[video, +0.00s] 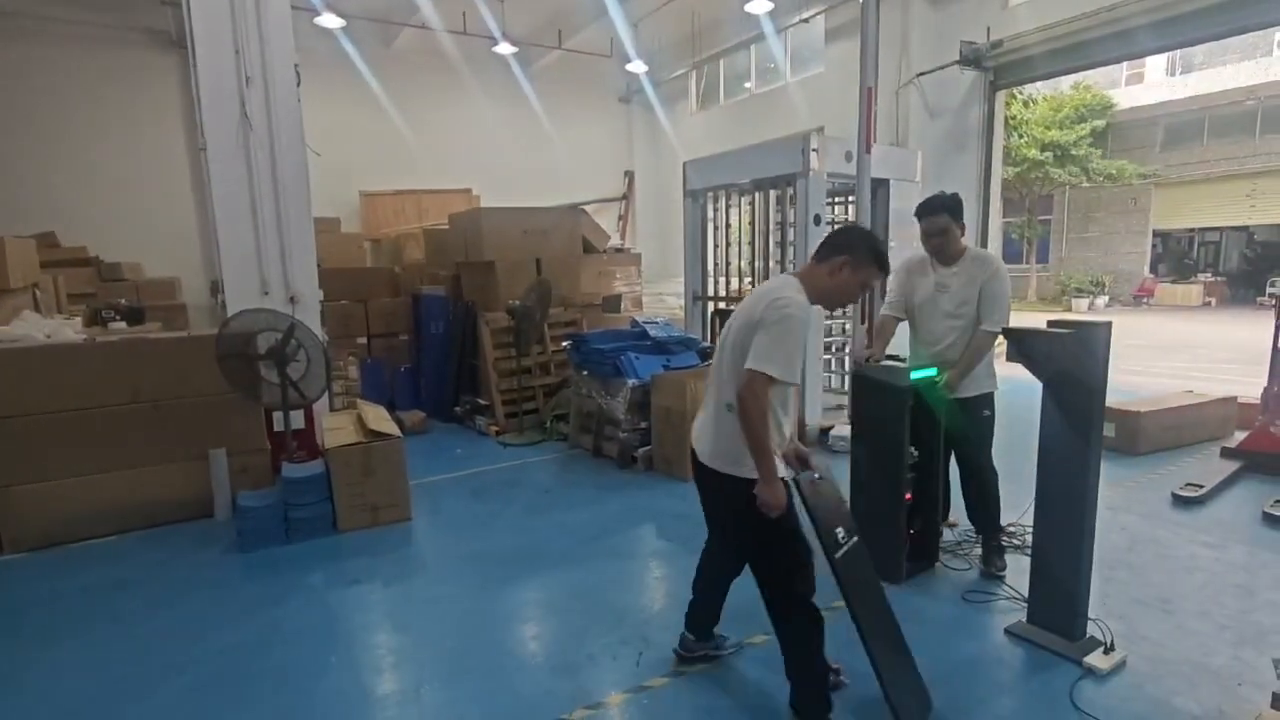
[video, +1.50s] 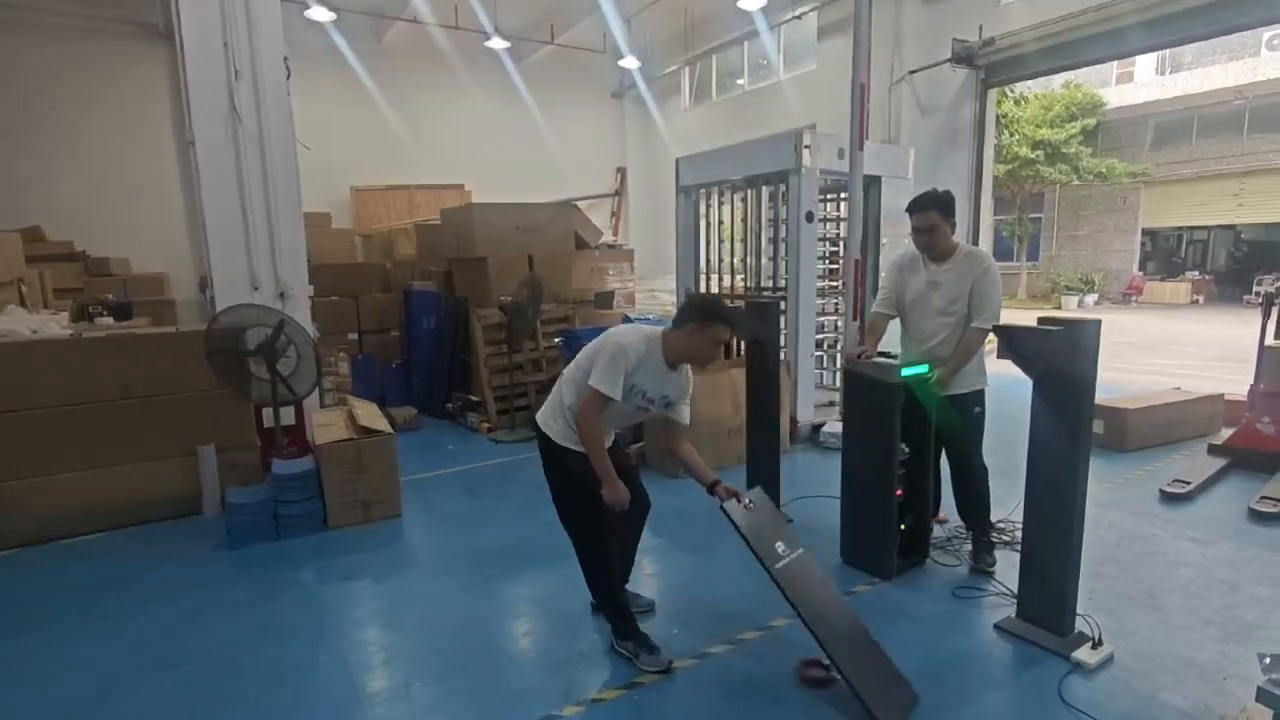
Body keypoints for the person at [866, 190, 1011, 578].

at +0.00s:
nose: (932, 244)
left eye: (939, 235)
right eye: (926, 236)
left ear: (961, 229)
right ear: (919, 233)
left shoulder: (988, 268)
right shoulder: (911, 268)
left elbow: (989, 330)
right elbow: (889, 315)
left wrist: (954, 376)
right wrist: (875, 349)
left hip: (973, 388)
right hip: (925, 388)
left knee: (977, 468)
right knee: (927, 469)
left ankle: (991, 542)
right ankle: (924, 545)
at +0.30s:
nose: (931, 243)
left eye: (938, 234)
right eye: (925, 235)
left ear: (960, 229)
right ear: (918, 233)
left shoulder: (987, 267)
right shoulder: (910, 266)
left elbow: (988, 328)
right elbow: (888, 314)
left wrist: (955, 373)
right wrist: (872, 349)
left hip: (971, 387)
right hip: (923, 386)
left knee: (976, 468)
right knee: (925, 468)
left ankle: (989, 542)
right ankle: (922, 544)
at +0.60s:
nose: (929, 241)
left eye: (937, 233)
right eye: (923, 234)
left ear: (959, 228)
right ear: (916, 231)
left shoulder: (986, 266)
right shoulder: (909, 264)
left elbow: (987, 327)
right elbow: (887, 311)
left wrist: (955, 372)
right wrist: (873, 348)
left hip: (969, 386)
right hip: (921, 385)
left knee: (974, 468)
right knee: (924, 468)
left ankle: (987, 541)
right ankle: (921, 543)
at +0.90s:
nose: (926, 240)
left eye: (934, 232)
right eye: (920, 232)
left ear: (957, 227)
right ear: (914, 230)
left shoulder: (984, 264)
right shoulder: (907, 264)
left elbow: (985, 326)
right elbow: (885, 311)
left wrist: (955, 369)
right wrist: (872, 345)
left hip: (967, 384)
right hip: (919, 382)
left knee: (971, 466)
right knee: (922, 466)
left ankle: (986, 539)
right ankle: (919, 543)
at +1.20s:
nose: (923, 239)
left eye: (932, 231)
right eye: (918, 231)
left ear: (955, 226)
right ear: (912, 229)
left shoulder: (982, 264)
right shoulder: (906, 264)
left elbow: (983, 326)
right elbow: (884, 311)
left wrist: (952, 369)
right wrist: (870, 344)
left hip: (966, 384)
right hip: (918, 382)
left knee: (970, 466)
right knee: (921, 466)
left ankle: (984, 539)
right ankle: (917, 544)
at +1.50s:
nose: (920, 239)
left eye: (929, 231)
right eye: (915, 231)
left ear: (952, 227)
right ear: (910, 229)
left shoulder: (979, 264)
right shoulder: (903, 264)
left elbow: (981, 326)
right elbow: (881, 311)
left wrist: (951, 369)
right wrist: (867, 345)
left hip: (963, 384)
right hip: (916, 382)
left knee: (967, 465)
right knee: (918, 465)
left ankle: (981, 538)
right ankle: (914, 544)